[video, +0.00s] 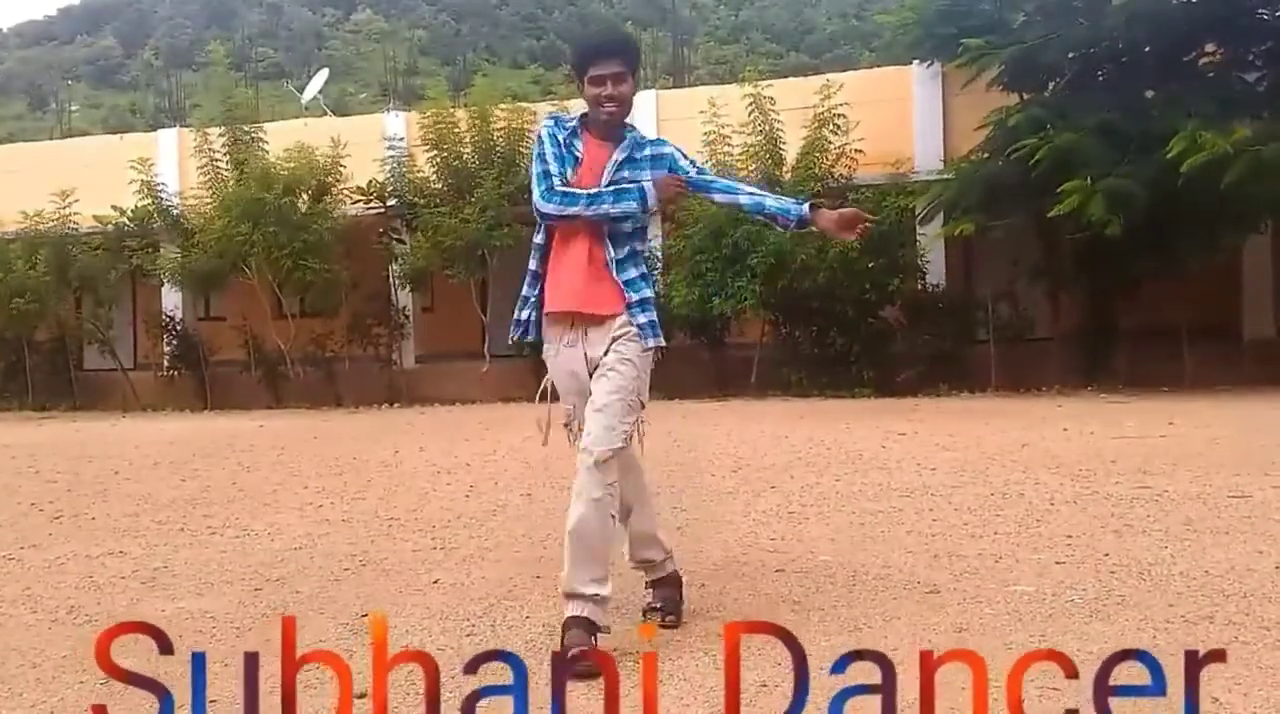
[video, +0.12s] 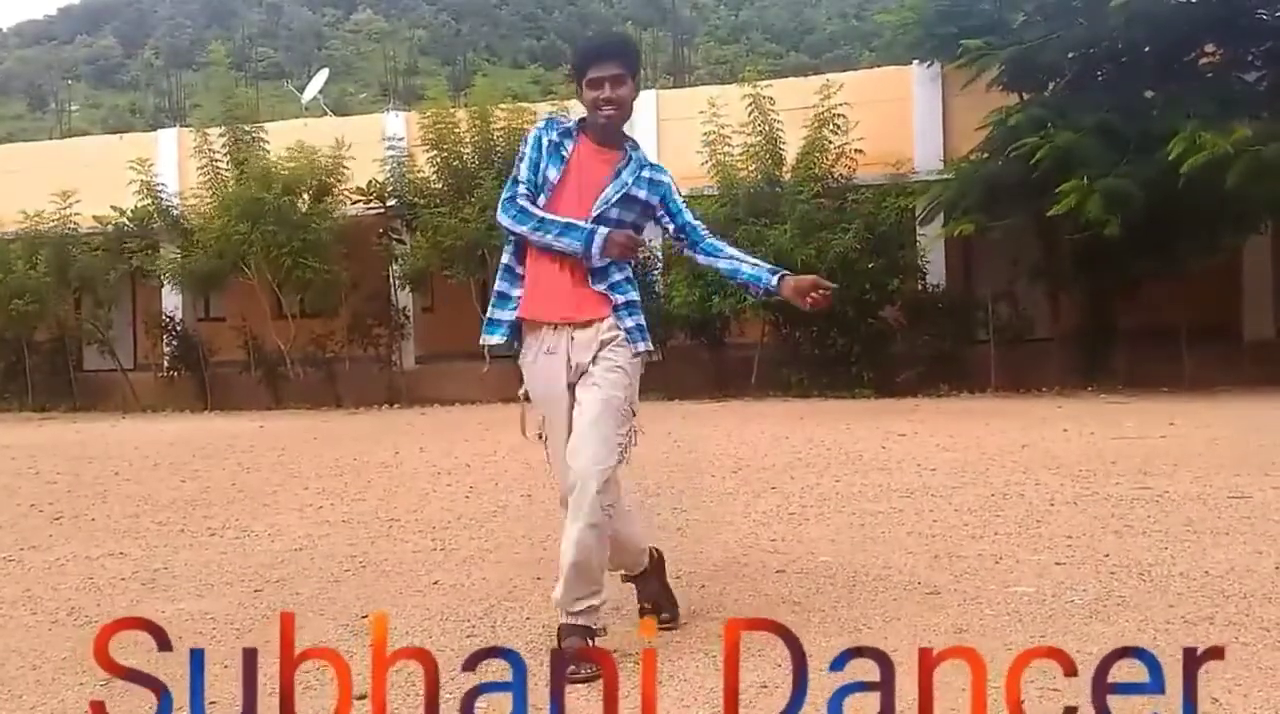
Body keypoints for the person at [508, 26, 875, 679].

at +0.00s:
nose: (610, 92)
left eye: (620, 81)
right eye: (598, 83)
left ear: (636, 85)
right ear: (579, 88)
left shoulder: (653, 152)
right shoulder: (554, 136)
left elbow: (725, 189)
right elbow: (549, 203)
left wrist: (811, 215)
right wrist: (640, 197)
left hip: (626, 323)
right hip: (561, 326)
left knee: (598, 451)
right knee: (607, 454)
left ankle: (581, 613)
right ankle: (660, 570)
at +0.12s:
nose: (608, 96)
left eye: (619, 85)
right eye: (596, 86)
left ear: (635, 90)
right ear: (579, 91)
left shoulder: (646, 176)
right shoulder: (550, 135)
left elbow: (700, 243)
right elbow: (513, 211)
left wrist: (778, 282)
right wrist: (594, 242)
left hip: (613, 333)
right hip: (542, 333)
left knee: (591, 468)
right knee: (577, 474)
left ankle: (575, 628)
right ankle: (642, 565)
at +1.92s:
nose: (706, 54)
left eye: (717, 43)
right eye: (695, 46)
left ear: (742, 50)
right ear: (683, 60)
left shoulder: (771, 110)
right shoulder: (666, 141)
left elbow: (737, 191)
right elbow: (604, 215)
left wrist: (646, 201)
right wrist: (531, 286)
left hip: (747, 304)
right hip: (666, 311)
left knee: (756, 455)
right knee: (629, 450)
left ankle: (783, 618)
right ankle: (665, 556)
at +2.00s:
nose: (694, 71)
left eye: (705, 58)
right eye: (683, 61)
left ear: (728, 62)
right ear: (670, 72)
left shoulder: (756, 113)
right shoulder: (660, 156)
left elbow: (722, 182)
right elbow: (601, 223)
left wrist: (639, 199)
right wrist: (532, 290)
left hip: (744, 309)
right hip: (664, 318)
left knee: (752, 456)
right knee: (650, 461)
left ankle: (783, 618)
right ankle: (673, 576)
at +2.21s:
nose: (651, 95)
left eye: (663, 84)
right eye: (641, 85)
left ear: (683, 89)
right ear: (628, 92)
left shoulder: (713, 130)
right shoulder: (631, 180)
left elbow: (723, 212)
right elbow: (615, 271)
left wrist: (645, 258)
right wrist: (538, 314)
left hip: (717, 320)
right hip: (650, 332)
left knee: (741, 456)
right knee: (638, 463)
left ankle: (792, 611)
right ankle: (683, 586)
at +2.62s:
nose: (621, 100)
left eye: (632, 91)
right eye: (611, 91)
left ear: (649, 98)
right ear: (597, 100)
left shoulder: (680, 152)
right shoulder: (583, 168)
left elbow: (738, 201)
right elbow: (599, 243)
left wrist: (806, 240)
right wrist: (673, 210)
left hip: (676, 322)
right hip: (610, 325)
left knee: (675, 455)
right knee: (639, 451)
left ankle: (629, 541)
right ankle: (683, 582)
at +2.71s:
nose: (623, 107)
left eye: (634, 97)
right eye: (613, 98)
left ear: (650, 103)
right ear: (599, 105)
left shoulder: (675, 165)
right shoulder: (583, 168)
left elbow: (733, 209)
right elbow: (592, 242)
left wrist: (800, 245)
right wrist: (668, 212)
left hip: (662, 326)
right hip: (602, 325)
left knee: (642, 449)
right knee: (630, 446)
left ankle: (610, 557)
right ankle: (676, 579)